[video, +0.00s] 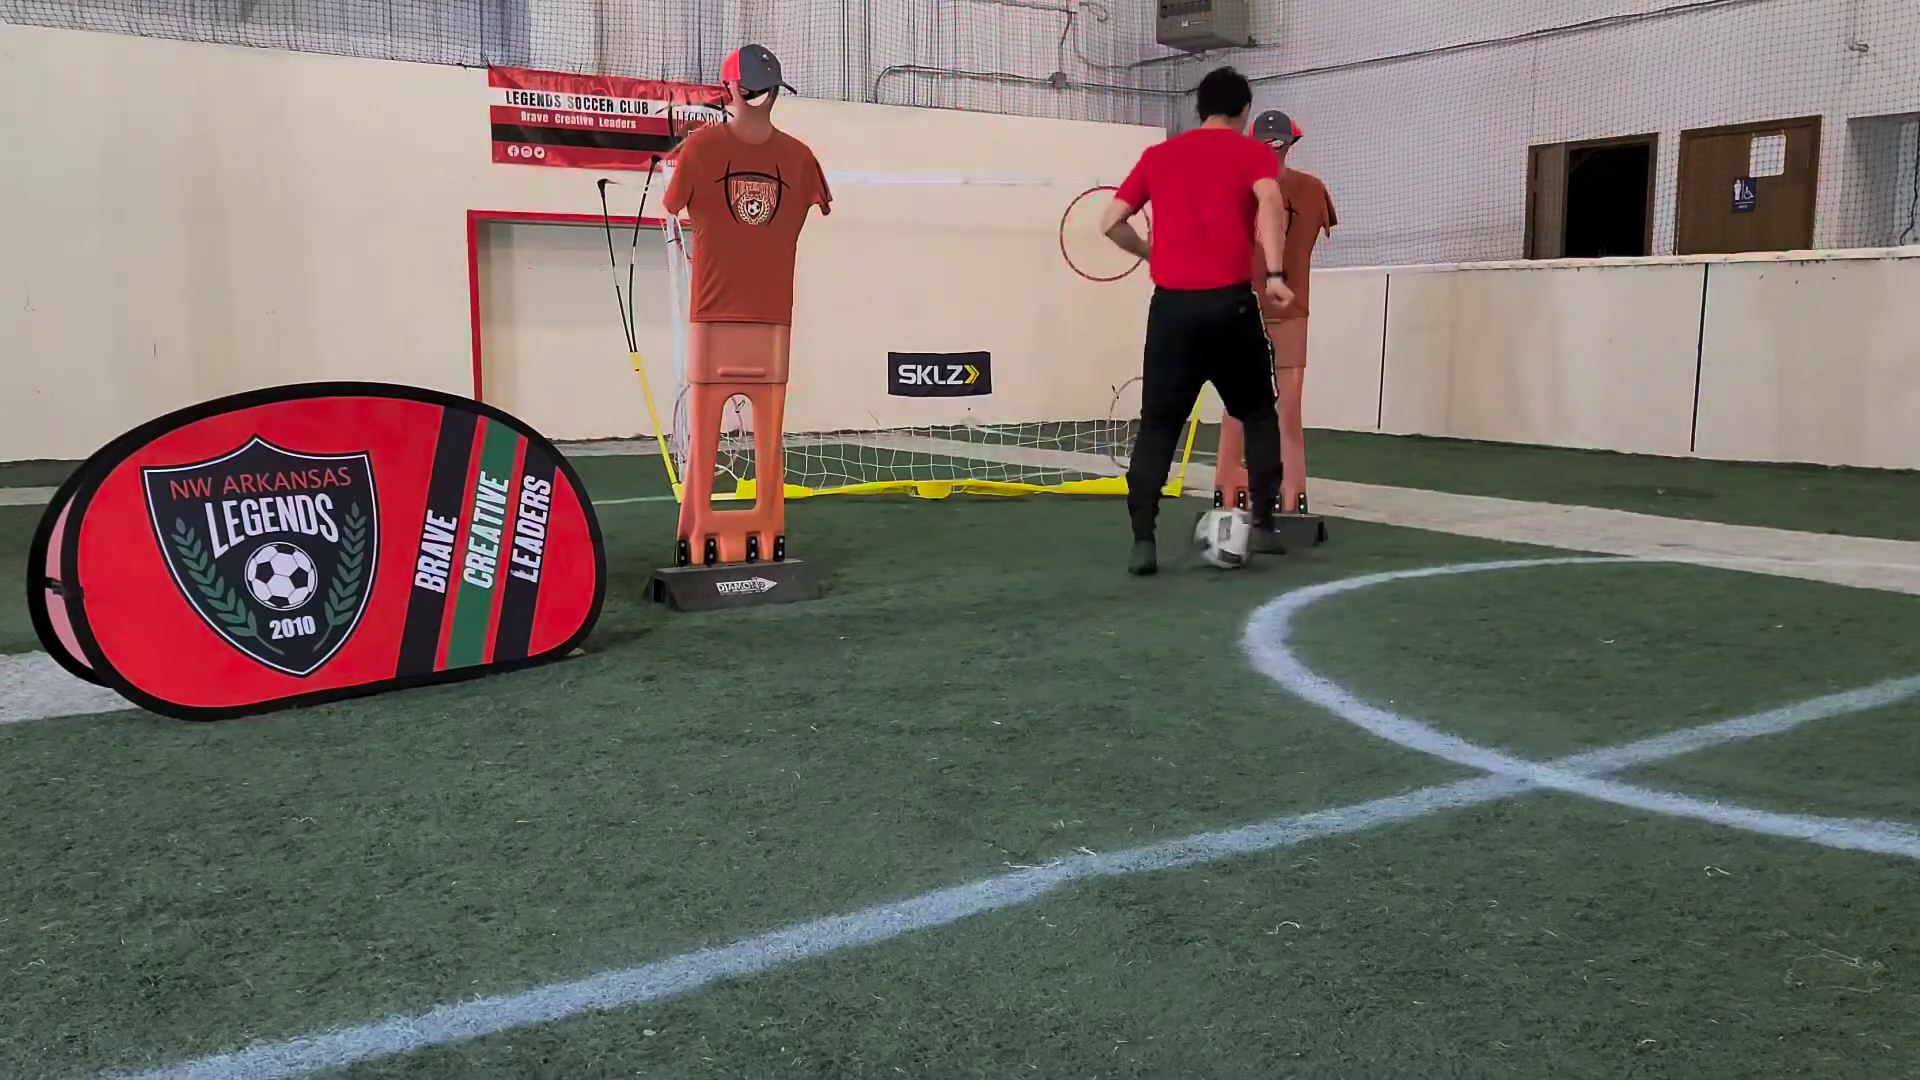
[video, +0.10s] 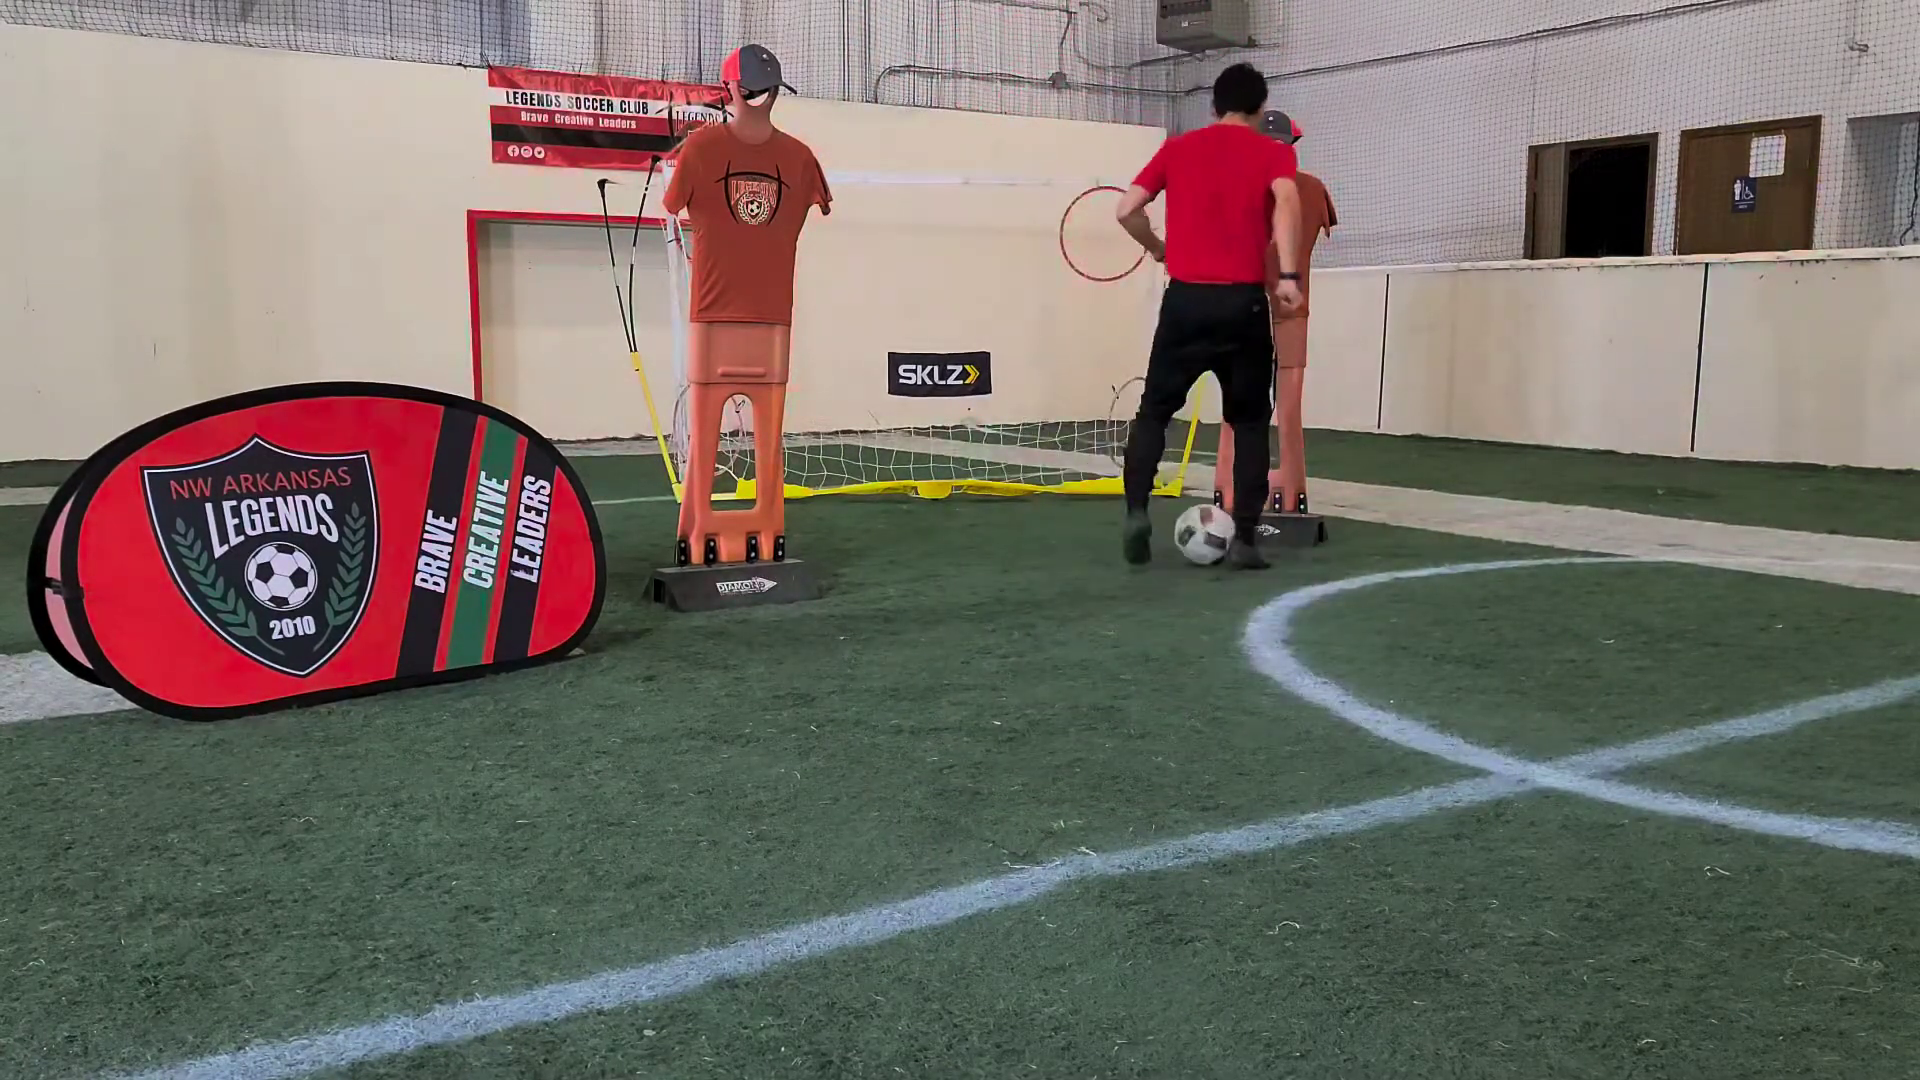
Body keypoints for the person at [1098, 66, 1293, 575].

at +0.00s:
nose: (1250, 121)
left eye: (1245, 115)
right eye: (1250, 114)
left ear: (1200, 110)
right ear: (1244, 112)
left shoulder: (1159, 154)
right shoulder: (1254, 153)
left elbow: (1111, 223)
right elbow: (1271, 202)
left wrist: (1153, 253)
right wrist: (1274, 274)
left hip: (1170, 312)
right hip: (1230, 311)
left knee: (1158, 423)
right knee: (1258, 411)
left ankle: (1143, 539)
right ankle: (1263, 519)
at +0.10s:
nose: (1263, 116)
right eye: (1264, 109)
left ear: (1215, 105)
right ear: (1261, 109)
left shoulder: (1178, 147)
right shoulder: (1274, 152)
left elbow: (1127, 211)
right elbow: (1287, 201)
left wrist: (1157, 247)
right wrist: (1289, 274)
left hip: (1185, 303)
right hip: (1243, 304)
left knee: (1155, 409)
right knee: (1249, 419)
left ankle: (1136, 510)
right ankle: (1245, 537)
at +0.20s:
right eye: (1273, 117)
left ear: (1227, 116)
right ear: (1273, 119)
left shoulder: (1195, 158)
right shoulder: (1292, 170)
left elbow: (1143, 213)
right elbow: (1311, 233)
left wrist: (1151, 260)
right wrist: (1316, 307)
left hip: (1192, 314)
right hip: (1250, 318)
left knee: (1160, 398)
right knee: (1251, 429)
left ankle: (1135, 478)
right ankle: (1240, 545)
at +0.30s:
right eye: (1281, 114)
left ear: (1234, 113)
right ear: (1280, 115)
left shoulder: (1203, 151)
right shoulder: (1298, 165)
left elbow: (1157, 207)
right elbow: (1321, 241)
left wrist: (1154, 262)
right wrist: (1321, 292)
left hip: (1196, 305)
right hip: (1253, 312)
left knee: (1175, 380)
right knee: (1251, 427)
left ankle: (1154, 472)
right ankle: (1239, 545)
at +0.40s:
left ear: (1235, 109)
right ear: (1281, 112)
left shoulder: (1203, 150)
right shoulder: (1301, 162)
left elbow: (1166, 209)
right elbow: (1323, 242)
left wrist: (1165, 261)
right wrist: (1303, 264)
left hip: (1200, 303)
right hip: (1256, 309)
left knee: (1187, 382)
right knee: (1250, 426)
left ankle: (1178, 486)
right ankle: (1239, 544)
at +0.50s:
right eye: (1285, 111)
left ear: (1237, 111)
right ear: (1283, 114)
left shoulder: (1205, 153)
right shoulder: (1303, 164)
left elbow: (1167, 219)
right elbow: (1319, 247)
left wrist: (1175, 270)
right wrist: (1284, 244)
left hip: (1203, 308)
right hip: (1260, 312)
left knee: (1196, 380)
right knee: (1253, 427)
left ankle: (1192, 486)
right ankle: (1241, 544)